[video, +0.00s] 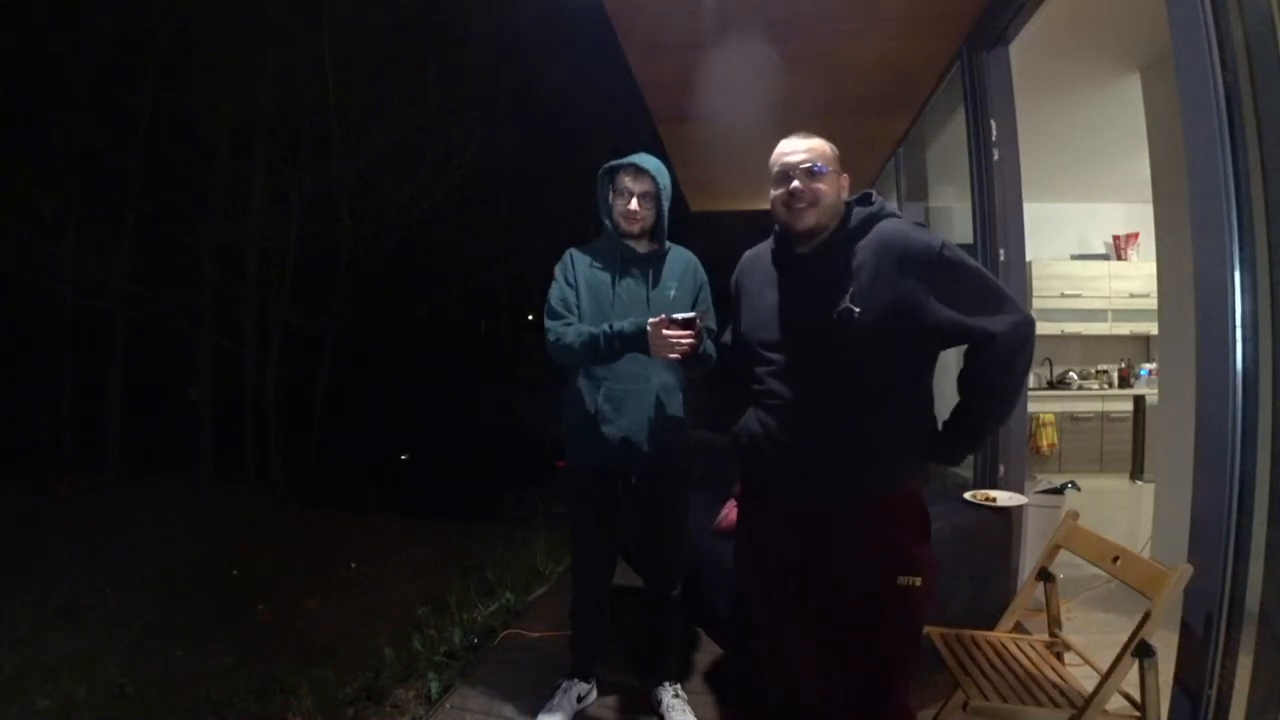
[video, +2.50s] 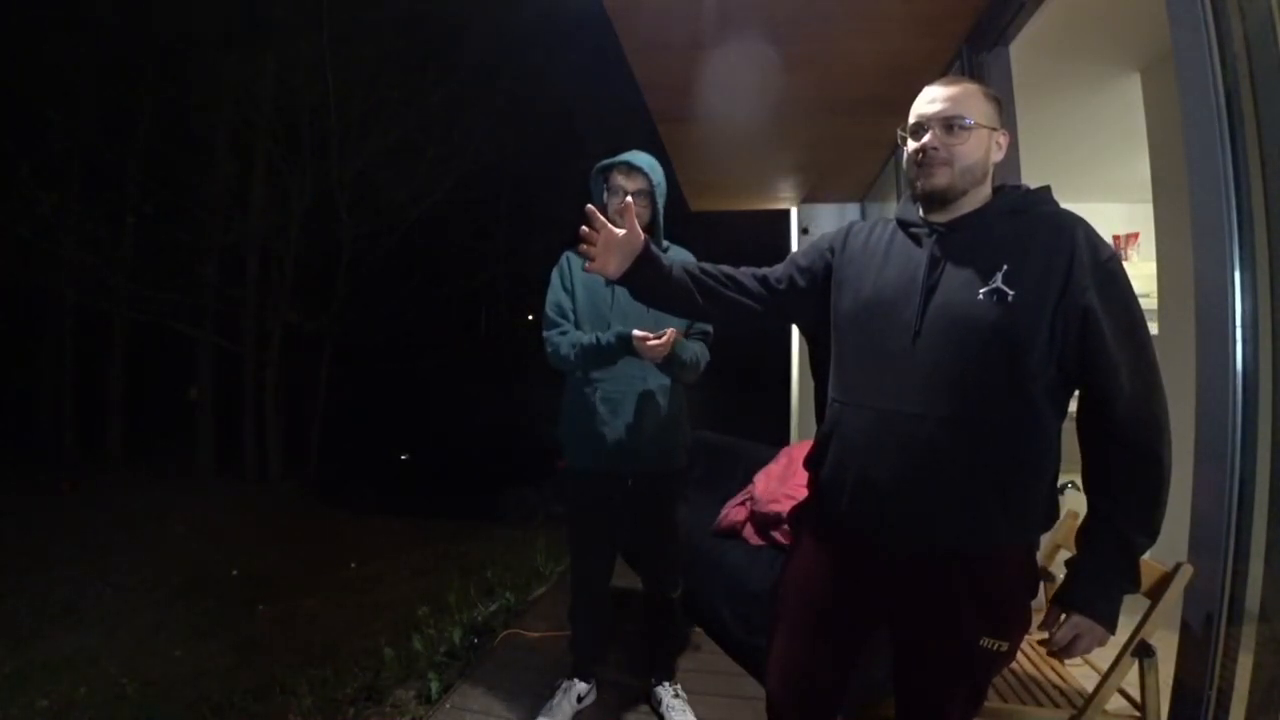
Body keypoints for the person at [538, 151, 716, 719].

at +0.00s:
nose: (633, 206)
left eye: (645, 197)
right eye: (623, 196)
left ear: (661, 204)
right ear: (608, 202)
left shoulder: (685, 266)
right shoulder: (577, 264)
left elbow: (709, 349)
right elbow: (558, 341)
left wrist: (695, 346)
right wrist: (637, 336)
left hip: (664, 442)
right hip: (594, 441)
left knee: (665, 564)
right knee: (590, 564)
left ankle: (668, 682)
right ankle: (581, 679)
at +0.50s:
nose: (630, 206)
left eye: (641, 197)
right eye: (621, 196)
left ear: (658, 203)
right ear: (606, 203)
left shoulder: (684, 268)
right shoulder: (576, 266)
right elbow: (554, 340)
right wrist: (614, 342)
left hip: (660, 443)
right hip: (593, 443)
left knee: (663, 565)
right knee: (590, 564)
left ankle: (663, 679)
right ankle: (582, 679)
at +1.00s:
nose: (621, 207)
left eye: (632, 198)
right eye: (611, 197)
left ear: (649, 205)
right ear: (595, 201)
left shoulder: (672, 264)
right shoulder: (568, 265)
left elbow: (694, 352)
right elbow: (550, 345)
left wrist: (667, 350)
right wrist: (612, 339)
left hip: (654, 442)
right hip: (588, 440)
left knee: (661, 562)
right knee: (586, 561)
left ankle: (662, 679)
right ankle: (581, 678)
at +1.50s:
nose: (616, 207)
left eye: (628, 197)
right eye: (606, 196)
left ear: (645, 203)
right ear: (588, 201)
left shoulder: (669, 266)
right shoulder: (564, 267)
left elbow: (691, 356)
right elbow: (546, 346)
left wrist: (661, 347)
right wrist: (610, 339)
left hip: (651, 446)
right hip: (585, 445)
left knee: (661, 567)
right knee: (585, 566)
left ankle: (662, 679)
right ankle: (581, 678)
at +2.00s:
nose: (625, 207)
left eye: (636, 197)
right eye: (615, 196)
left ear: (651, 204)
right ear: (595, 201)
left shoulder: (672, 267)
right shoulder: (568, 266)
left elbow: (695, 356)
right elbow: (556, 348)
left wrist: (673, 347)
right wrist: (628, 344)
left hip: (656, 445)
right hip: (588, 443)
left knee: (660, 566)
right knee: (588, 565)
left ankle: (661, 678)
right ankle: (582, 677)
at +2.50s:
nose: (629, 206)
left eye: (640, 197)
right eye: (618, 195)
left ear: (656, 203)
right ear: (601, 199)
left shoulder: (678, 264)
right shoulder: (573, 264)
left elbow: (700, 355)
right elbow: (557, 346)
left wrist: (674, 348)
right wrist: (620, 340)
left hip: (659, 441)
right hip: (592, 440)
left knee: (662, 562)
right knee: (589, 561)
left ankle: (663, 679)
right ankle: (581, 678)